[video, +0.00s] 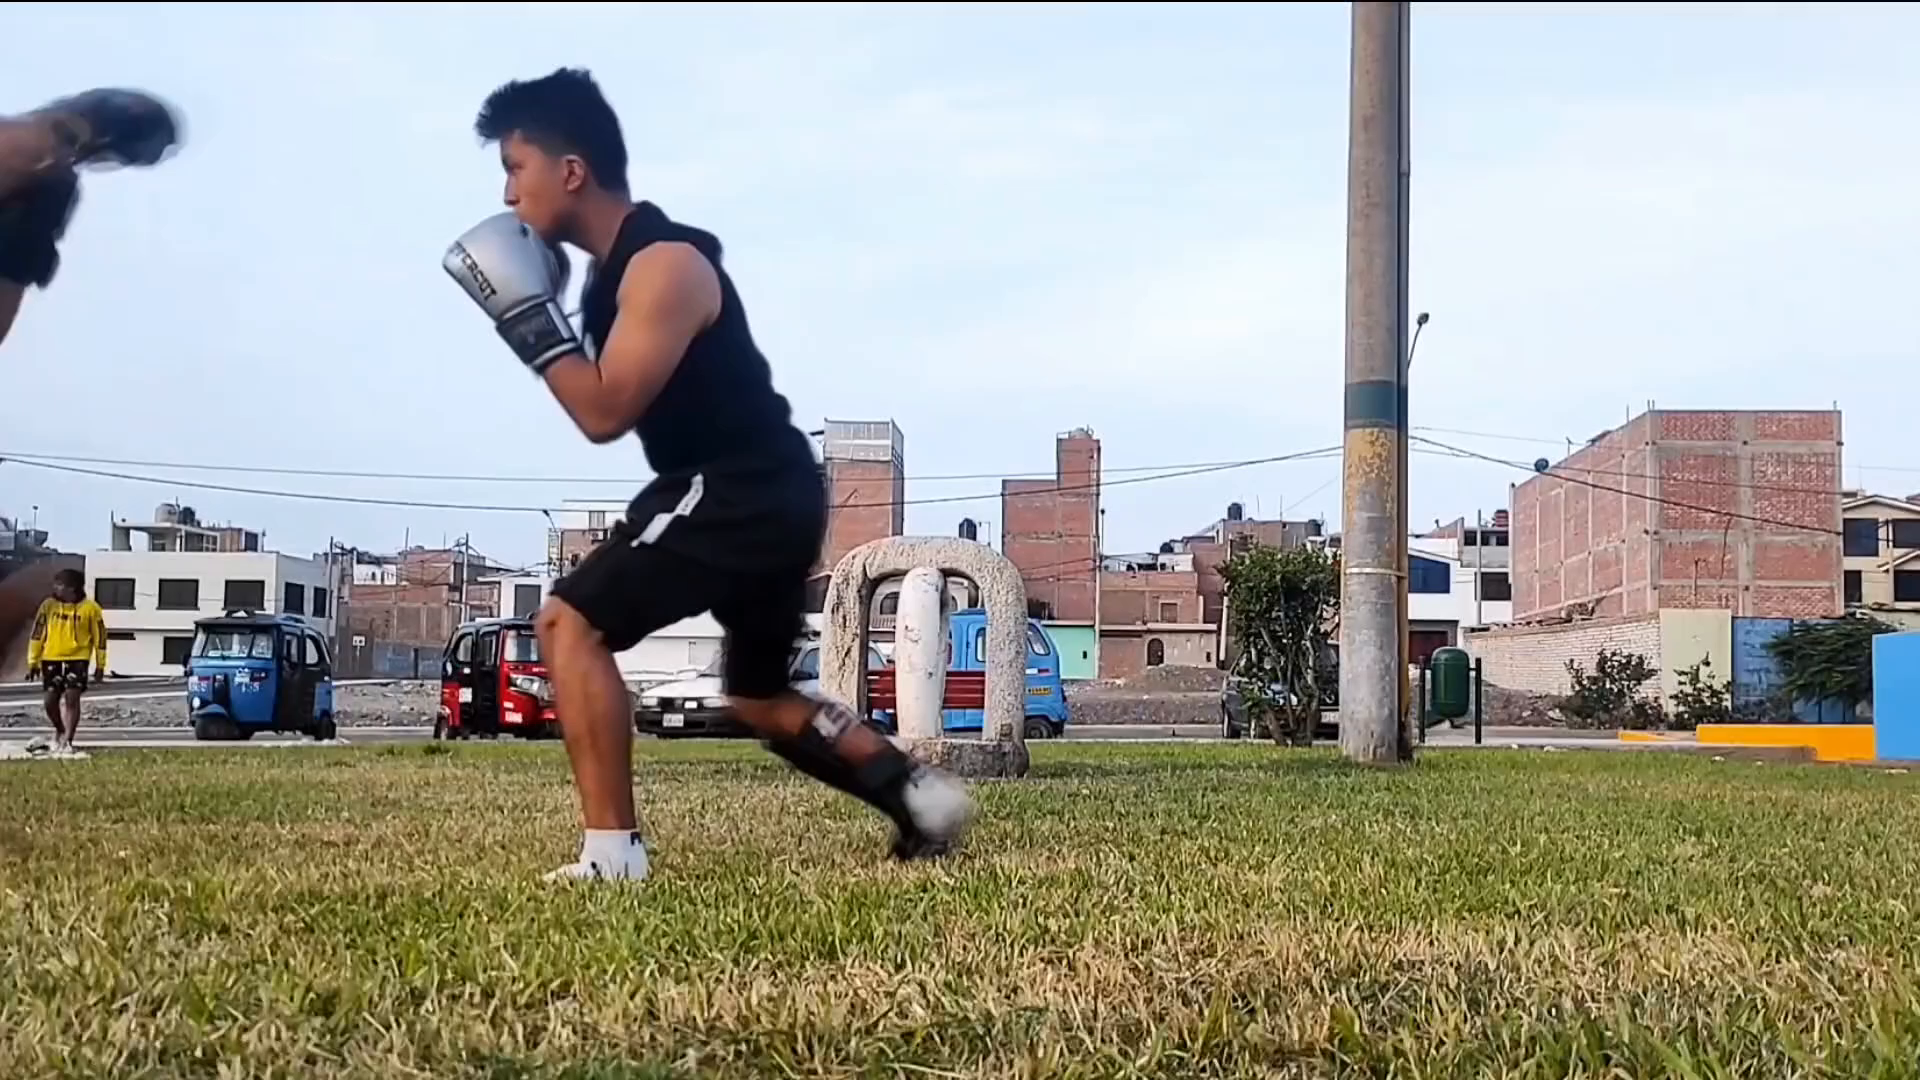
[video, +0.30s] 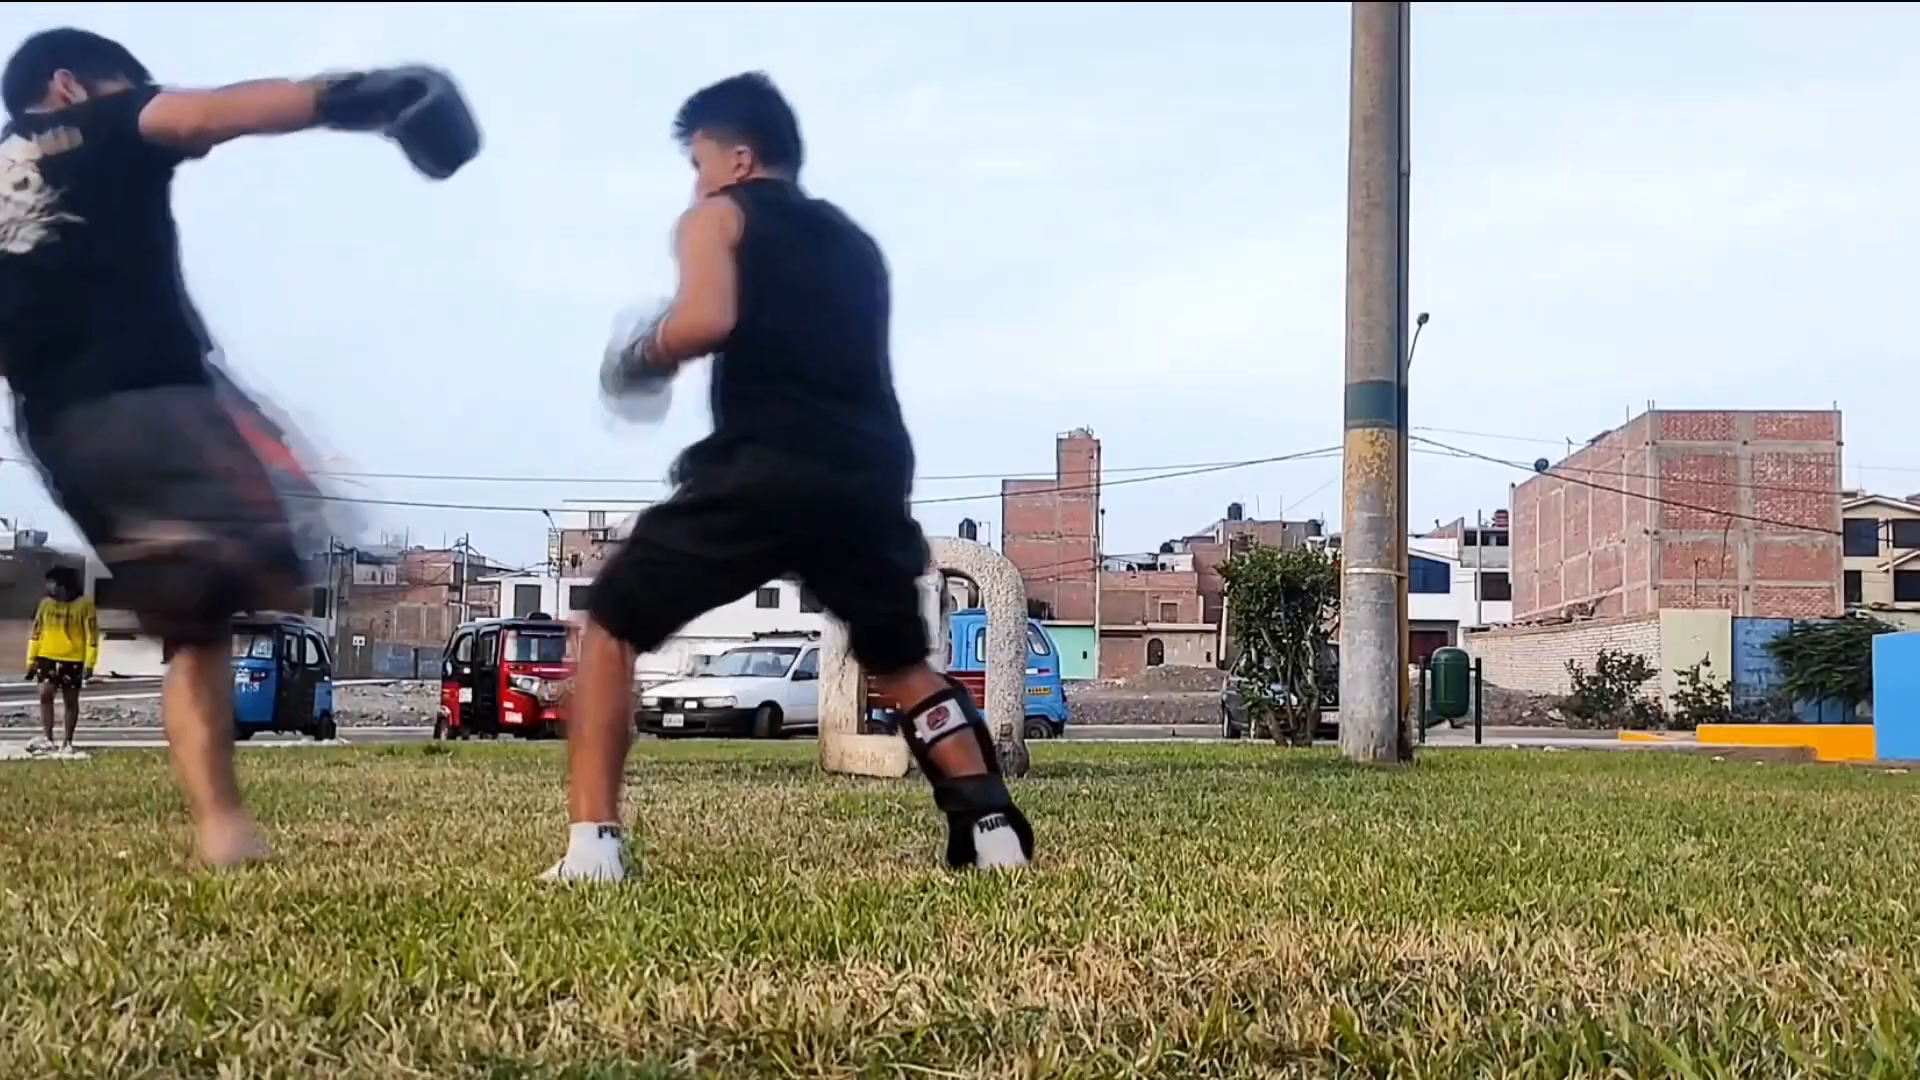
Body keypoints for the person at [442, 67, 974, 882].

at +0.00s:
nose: (507, 193)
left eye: (515, 169)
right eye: (505, 173)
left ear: (572, 169)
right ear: (573, 173)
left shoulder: (665, 264)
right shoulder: (626, 268)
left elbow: (602, 414)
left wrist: (525, 316)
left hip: (734, 489)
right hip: (777, 488)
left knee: (570, 622)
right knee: (759, 696)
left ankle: (611, 854)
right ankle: (920, 800)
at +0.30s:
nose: (693, 180)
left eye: (698, 159)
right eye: (692, 160)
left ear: (741, 155)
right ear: (777, 159)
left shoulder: (719, 214)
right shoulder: (857, 240)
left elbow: (710, 317)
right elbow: (856, 362)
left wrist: (646, 355)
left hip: (758, 476)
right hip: (870, 488)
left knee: (608, 623)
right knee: (903, 661)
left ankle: (592, 847)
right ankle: (994, 828)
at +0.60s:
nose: (870, 72)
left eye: (872, 52)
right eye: (868, 56)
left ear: (906, 41)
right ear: (950, 40)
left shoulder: (901, 121)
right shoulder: (1029, 124)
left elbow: (768, 184)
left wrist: (779, 68)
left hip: (985, 401)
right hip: (1079, 396)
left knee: (911, 614)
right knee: (1086, 584)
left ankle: (977, 835)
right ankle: (1175, 771)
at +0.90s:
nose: (1061, 152)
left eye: (1064, 128)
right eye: (1057, 132)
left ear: (1115, 114)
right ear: (1132, 111)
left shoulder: (1152, 199)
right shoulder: (1215, 186)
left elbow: (1077, 340)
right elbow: (1180, 289)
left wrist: (1027, 266)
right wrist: (1091, 239)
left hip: (1184, 476)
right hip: (1262, 475)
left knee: (1028, 620)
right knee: (1288, 669)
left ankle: (1006, 855)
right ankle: (1419, 834)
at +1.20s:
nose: (1131, 125)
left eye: (1132, 103)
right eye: (1123, 109)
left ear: (1178, 74)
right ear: (1207, 71)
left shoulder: (1193, 139)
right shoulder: (1299, 143)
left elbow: (1074, 263)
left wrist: (1047, 160)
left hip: (1253, 423)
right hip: (1346, 424)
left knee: (1134, 623)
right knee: (1352, 642)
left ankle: (1177, 869)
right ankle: (1493, 813)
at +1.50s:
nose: (1103, 76)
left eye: (1103, 56)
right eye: (1098, 60)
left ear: (1144, 30)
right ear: (1184, 24)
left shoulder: (1152, 98)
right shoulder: (1285, 113)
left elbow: (1040, 244)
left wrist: (1027, 134)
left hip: (1185, 403)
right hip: (1296, 411)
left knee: (1047, 603)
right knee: (1358, 625)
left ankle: (1104, 842)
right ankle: (1486, 834)